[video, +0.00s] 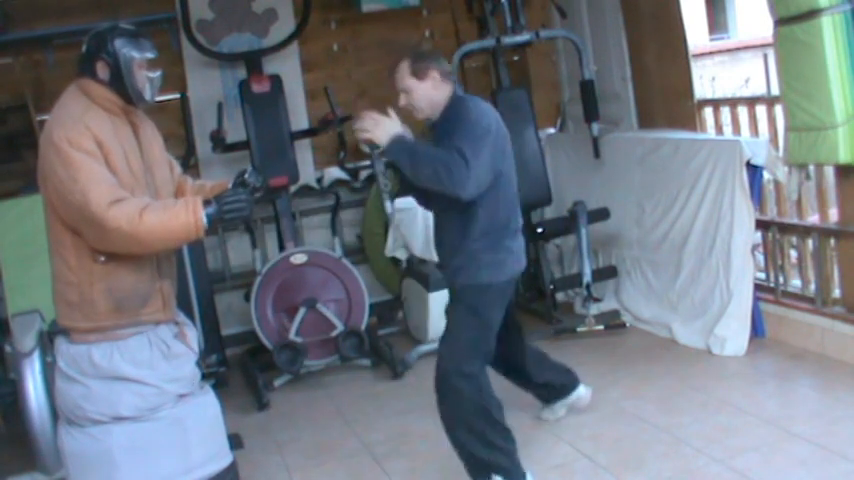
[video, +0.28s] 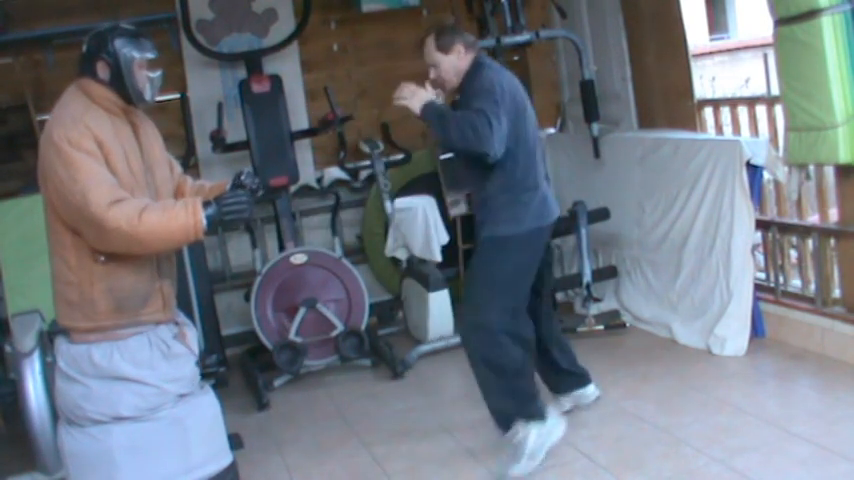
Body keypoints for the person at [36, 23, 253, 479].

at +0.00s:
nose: (146, 75)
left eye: (147, 64)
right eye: (136, 65)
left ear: (112, 68)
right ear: (103, 67)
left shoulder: (136, 121)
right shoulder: (68, 129)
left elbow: (175, 188)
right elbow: (110, 221)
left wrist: (227, 188)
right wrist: (202, 215)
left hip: (157, 316)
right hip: (103, 329)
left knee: (192, 447)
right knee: (124, 458)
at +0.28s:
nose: (147, 75)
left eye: (147, 64)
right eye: (137, 64)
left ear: (111, 69)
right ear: (103, 66)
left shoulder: (137, 122)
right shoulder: (68, 129)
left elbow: (176, 188)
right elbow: (110, 222)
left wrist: (228, 188)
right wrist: (204, 215)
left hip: (157, 318)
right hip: (103, 331)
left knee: (190, 448)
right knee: (124, 459)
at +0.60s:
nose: (148, 76)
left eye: (148, 65)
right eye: (138, 65)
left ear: (114, 68)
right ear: (104, 66)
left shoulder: (137, 121)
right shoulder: (69, 128)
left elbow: (176, 189)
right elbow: (109, 221)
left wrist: (228, 189)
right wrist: (203, 216)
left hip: (157, 319)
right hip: (104, 332)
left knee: (194, 448)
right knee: (124, 459)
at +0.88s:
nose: (148, 76)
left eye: (149, 65)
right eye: (138, 65)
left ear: (112, 69)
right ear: (105, 66)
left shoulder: (138, 122)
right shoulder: (69, 129)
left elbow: (176, 188)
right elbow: (110, 221)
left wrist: (228, 190)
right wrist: (204, 216)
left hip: (158, 319)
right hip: (104, 332)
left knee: (192, 450)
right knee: (124, 460)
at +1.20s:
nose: (148, 75)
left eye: (149, 65)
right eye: (138, 65)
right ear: (104, 67)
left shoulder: (138, 121)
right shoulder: (70, 129)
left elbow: (176, 188)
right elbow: (110, 221)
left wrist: (227, 190)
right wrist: (204, 216)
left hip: (157, 319)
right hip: (104, 332)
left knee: (190, 449)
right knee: (125, 459)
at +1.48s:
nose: (149, 76)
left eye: (150, 65)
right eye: (139, 65)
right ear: (105, 67)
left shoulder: (138, 122)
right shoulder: (69, 130)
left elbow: (175, 189)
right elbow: (108, 220)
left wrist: (231, 190)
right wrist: (203, 216)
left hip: (155, 315)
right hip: (101, 328)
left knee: (186, 447)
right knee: (124, 458)